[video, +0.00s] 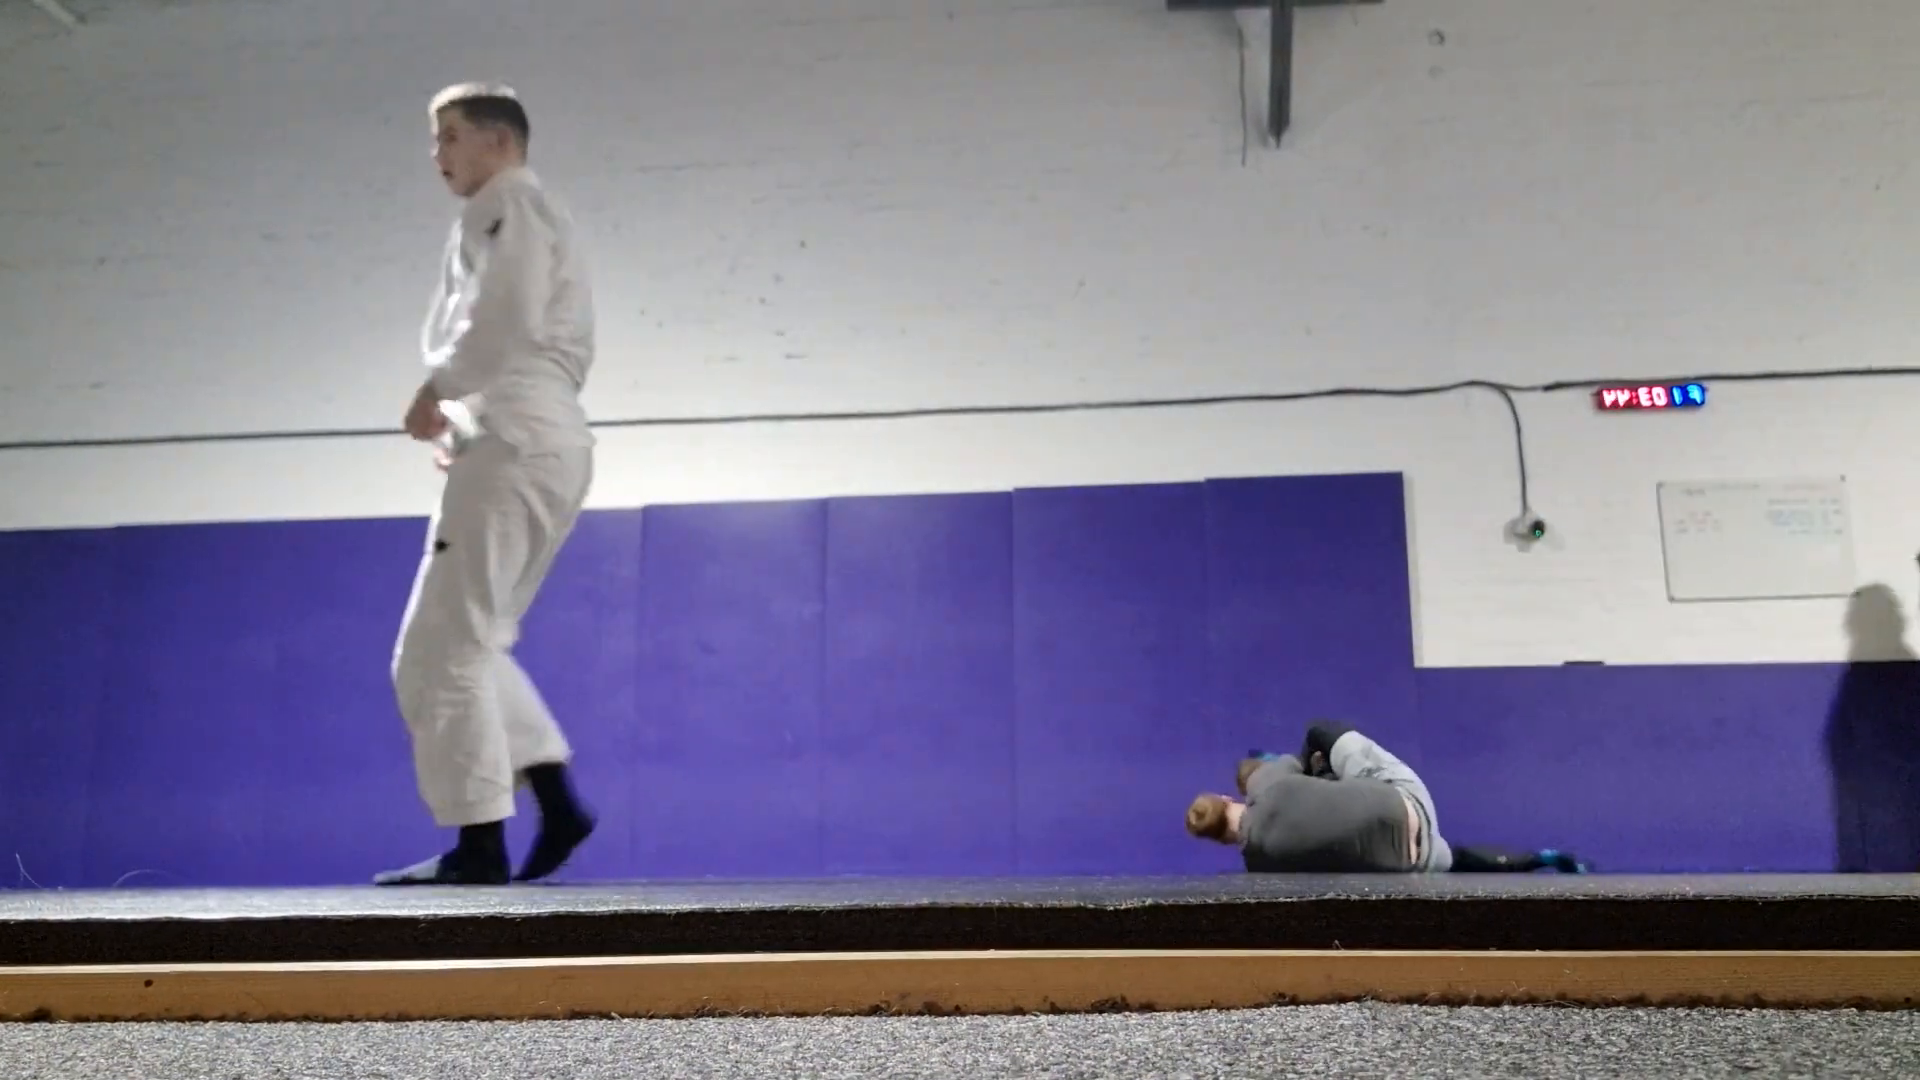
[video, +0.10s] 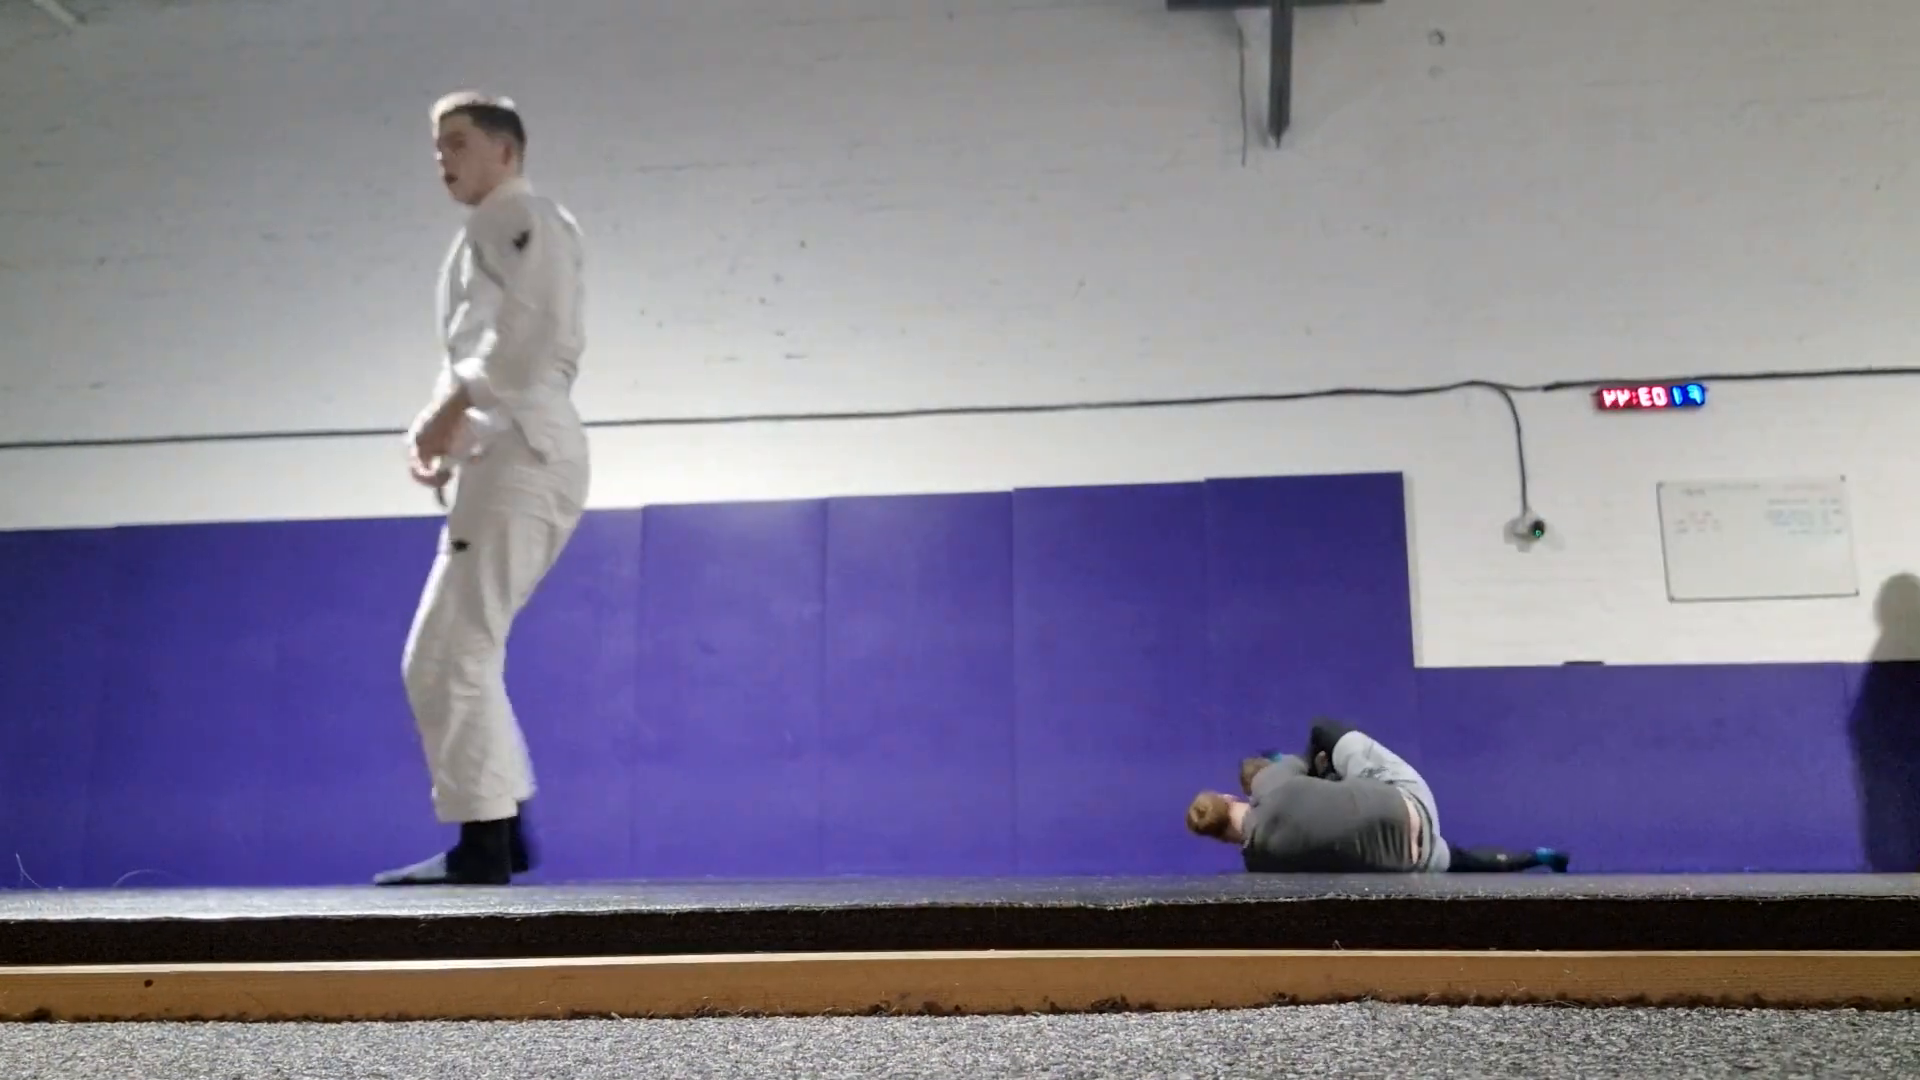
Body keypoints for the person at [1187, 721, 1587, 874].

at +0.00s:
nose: (1255, 773)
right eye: (1247, 777)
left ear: (1219, 840)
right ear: (1234, 794)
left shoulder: (1259, 862)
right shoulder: (1267, 783)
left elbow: (1319, 865)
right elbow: (1304, 757)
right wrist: (1302, 771)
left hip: (1413, 863)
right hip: (1407, 808)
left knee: (1459, 856)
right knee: (1320, 730)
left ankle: (1539, 861)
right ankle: (1321, 776)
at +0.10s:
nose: (1253, 772)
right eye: (1243, 780)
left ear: (1219, 838)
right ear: (1236, 795)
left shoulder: (1259, 862)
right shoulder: (1271, 782)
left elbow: (1314, 862)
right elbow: (1313, 740)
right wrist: (1314, 769)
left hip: (1414, 860)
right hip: (1410, 808)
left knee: (1457, 858)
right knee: (1338, 736)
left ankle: (1533, 858)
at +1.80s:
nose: (1227, 795)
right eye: (1225, 797)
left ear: (1217, 841)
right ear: (1227, 798)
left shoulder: (1258, 865)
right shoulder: (1269, 785)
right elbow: (1317, 758)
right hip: (1386, 806)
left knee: (1458, 863)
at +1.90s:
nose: (1228, 795)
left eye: (1220, 825)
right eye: (1224, 795)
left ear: (1221, 836)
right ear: (1230, 795)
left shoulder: (1254, 854)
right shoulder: (1274, 773)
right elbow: (1327, 760)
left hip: (1416, 857)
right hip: (1410, 805)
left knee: (1452, 856)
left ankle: (1512, 869)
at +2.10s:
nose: (1229, 806)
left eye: (1218, 813)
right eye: (1224, 805)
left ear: (1217, 840)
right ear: (1229, 797)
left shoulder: (1261, 856)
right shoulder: (1276, 778)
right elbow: (1331, 764)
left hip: (1405, 861)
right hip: (1412, 809)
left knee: (1451, 859)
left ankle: (1506, 867)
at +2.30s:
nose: (1212, 815)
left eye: (1206, 811)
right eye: (1208, 819)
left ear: (1220, 800)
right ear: (1220, 821)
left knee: (1445, 855)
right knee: (1441, 848)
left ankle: (1503, 864)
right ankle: (1498, 862)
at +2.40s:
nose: (1230, 809)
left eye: (1220, 817)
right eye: (1227, 805)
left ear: (1218, 836)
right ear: (1231, 795)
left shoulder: (1259, 850)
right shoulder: (1266, 776)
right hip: (1410, 788)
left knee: (1438, 857)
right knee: (1435, 840)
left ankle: (1503, 863)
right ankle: (1500, 860)